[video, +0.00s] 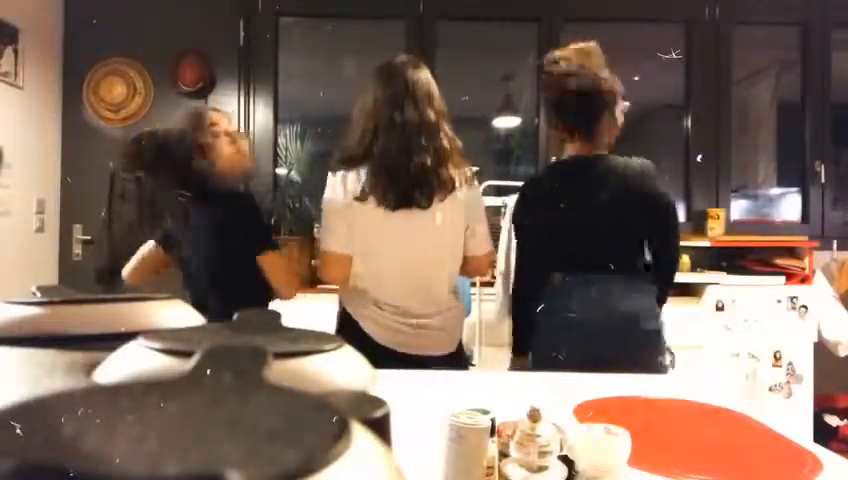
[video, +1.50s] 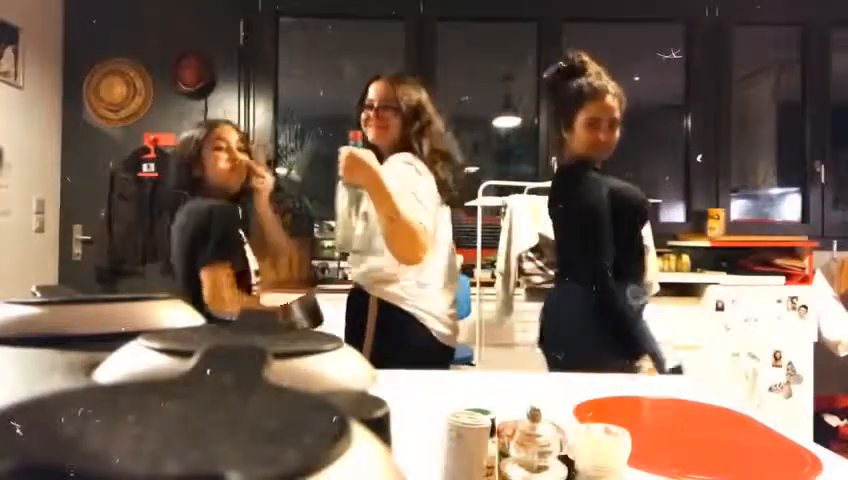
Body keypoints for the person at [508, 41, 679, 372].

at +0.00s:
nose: (623, 113)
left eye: (621, 105)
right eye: (620, 106)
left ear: (557, 122)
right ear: (608, 118)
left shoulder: (535, 190)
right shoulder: (639, 177)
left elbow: (528, 277)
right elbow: (667, 254)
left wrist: (521, 348)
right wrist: (647, 308)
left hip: (556, 339)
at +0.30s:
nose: (600, 132)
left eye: (610, 123)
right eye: (589, 121)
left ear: (622, 127)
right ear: (570, 126)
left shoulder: (574, 177)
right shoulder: (598, 177)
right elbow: (634, 260)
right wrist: (680, 328)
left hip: (578, 304)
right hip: (615, 310)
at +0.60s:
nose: (596, 139)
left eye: (608, 131)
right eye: (586, 128)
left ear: (621, 138)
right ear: (569, 132)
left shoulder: (579, 178)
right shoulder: (593, 178)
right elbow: (601, 268)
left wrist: (671, 327)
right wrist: (632, 343)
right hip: (598, 331)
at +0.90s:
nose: (589, 145)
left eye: (600, 135)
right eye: (579, 133)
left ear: (612, 139)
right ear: (561, 135)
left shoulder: (591, 184)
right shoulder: (584, 184)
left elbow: (610, 274)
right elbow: (577, 275)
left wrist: (647, 329)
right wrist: (583, 359)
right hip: (600, 330)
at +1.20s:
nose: (595, 143)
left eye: (605, 132)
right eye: (584, 131)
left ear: (615, 134)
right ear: (561, 133)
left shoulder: (564, 183)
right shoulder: (592, 187)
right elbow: (601, 273)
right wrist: (632, 344)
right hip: (596, 324)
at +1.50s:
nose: (605, 135)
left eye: (613, 125)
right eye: (593, 124)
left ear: (621, 127)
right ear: (566, 127)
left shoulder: (565, 183)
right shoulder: (594, 190)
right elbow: (604, 285)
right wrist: (648, 352)